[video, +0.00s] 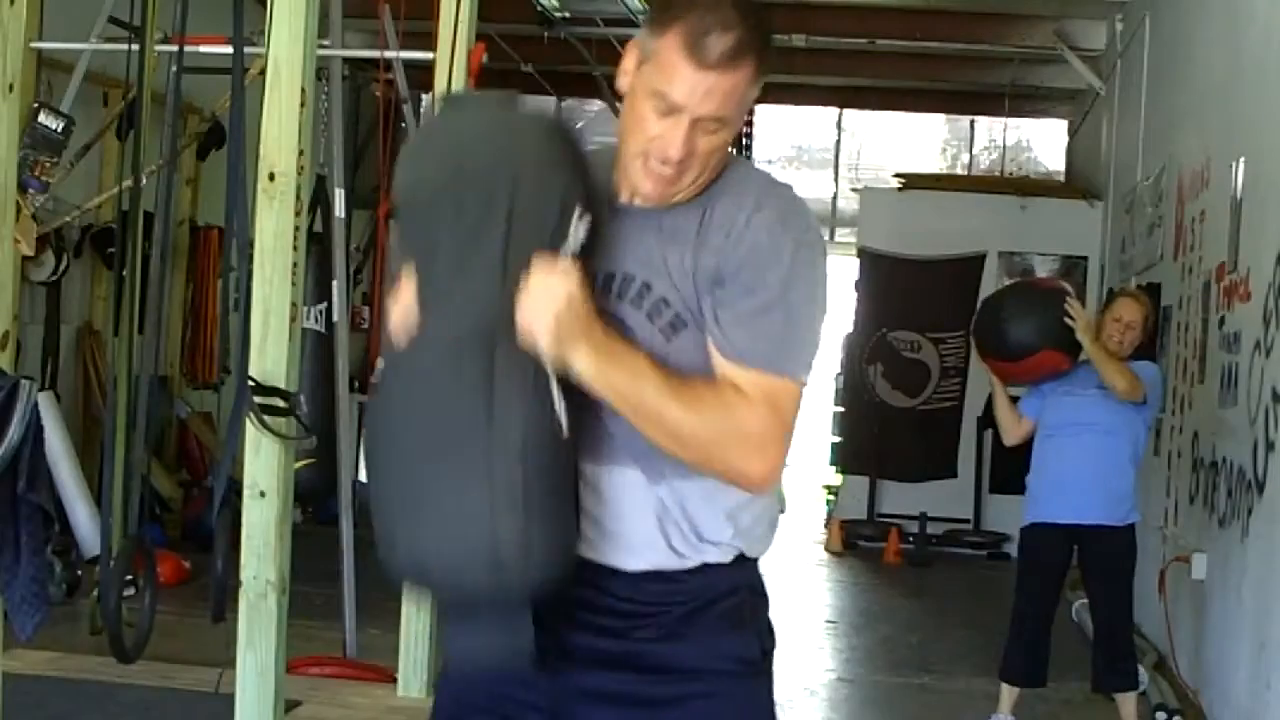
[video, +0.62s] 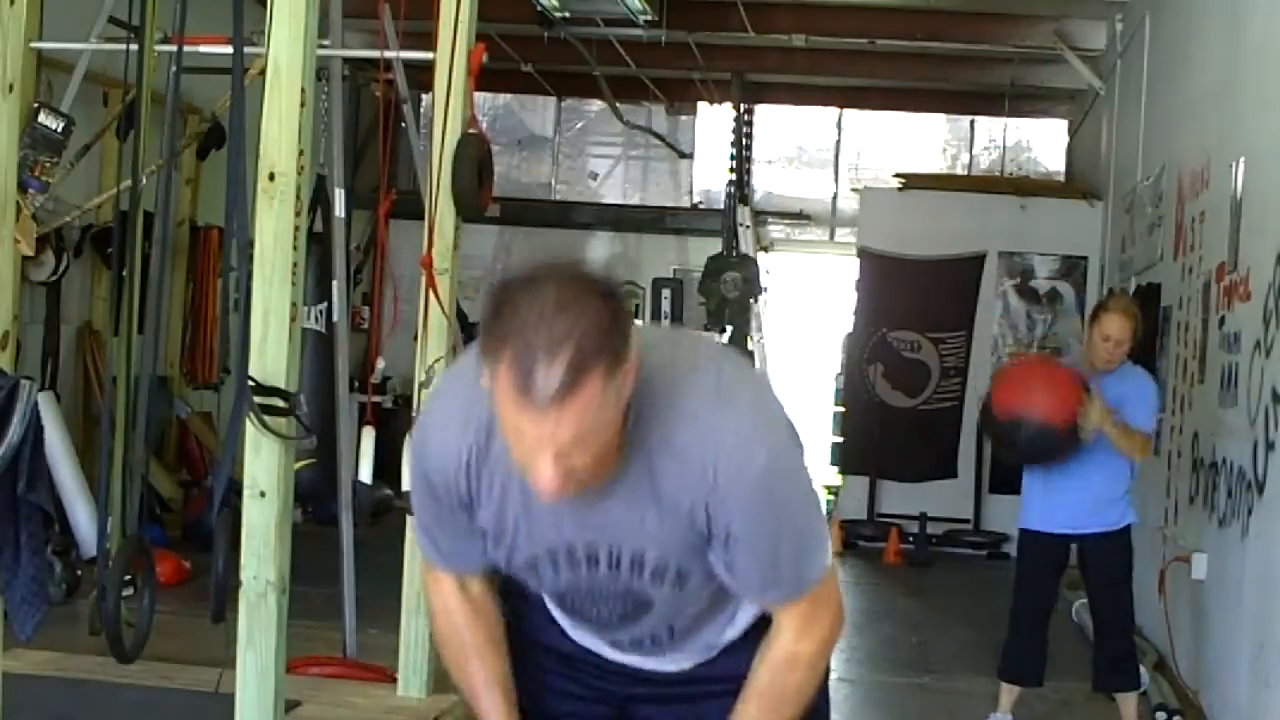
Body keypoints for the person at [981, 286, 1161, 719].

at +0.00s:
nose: (1121, 331)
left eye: (1132, 326)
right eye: (1115, 321)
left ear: (1143, 335)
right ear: (1099, 323)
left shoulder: (1146, 374)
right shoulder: (1054, 376)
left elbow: (1126, 387)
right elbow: (1013, 433)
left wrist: (1088, 339)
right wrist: (998, 379)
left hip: (1111, 520)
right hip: (1047, 517)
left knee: (1114, 622)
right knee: (1030, 616)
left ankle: (1131, 715)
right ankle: (1004, 712)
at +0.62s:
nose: (1112, 351)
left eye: (1122, 344)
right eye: (1106, 340)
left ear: (1131, 344)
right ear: (1088, 332)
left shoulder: (1138, 383)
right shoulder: (1054, 375)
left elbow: (1140, 450)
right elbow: (1024, 431)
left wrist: (1105, 422)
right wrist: (1019, 384)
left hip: (1106, 524)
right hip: (1043, 521)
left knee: (1115, 623)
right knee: (1027, 616)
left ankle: (1131, 714)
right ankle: (1003, 711)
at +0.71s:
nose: (1110, 361)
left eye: (1119, 355)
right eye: (1103, 350)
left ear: (1129, 354)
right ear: (1086, 342)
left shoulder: (1137, 392)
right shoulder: (1047, 381)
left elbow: (1142, 465)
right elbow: (1012, 436)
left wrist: (1113, 454)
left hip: (1107, 526)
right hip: (1043, 523)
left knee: (1116, 624)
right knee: (1026, 616)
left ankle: (1131, 715)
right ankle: (1002, 712)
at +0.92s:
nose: (1100, 445)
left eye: (1111, 437)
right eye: (1094, 433)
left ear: (1122, 434)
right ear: (1078, 424)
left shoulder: (1134, 464)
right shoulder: (1037, 450)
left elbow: (1142, 536)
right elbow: (1008, 515)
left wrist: (1126, 590)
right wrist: (1007, 572)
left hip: (1107, 555)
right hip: (1040, 549)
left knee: (1132, 631)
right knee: (1011, 615)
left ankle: (1132, 713)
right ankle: (1001, 711)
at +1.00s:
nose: (1098, 475)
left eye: (1108, 466)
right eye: (1091, 463)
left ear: (1119, 463)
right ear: (1075, 454)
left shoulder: (1133, 487)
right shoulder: (1039, 474)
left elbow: (1141, 561)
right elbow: (1009, 542)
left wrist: (1127, 630)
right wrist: (1009, 611)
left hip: (1108, 568)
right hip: (1042, 565)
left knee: (1140, 640)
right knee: (1009, 627)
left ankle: (1135, 713)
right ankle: (1000, 711)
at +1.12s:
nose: (1097, 521)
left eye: (1106, 512)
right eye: (1089, 511)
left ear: (1118, 510)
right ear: (1073, 503)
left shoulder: (1134, 528)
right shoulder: (1042, 511)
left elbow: (1141, 600)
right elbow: (1013, 584)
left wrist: (1131, 674)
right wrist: (1013, 652)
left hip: (1103, 584)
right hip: (1044, 580)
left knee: (1153, 635)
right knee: (994, 625)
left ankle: (1137, 712)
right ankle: (998, 709)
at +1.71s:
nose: (1098, 484)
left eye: (1108, 474)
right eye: (1090, 472)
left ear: (1119, 474)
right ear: (1075, 467)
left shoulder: (1134, 501)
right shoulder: (1044, 488)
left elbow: (1141, 574)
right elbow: (1018, 554)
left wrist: (1128, 640)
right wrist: (1011, 619)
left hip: (1108, 574)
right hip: (1045, 569)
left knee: (1151, 631)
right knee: (1004, 625)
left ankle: (1137, 713)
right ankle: (1000, 712)